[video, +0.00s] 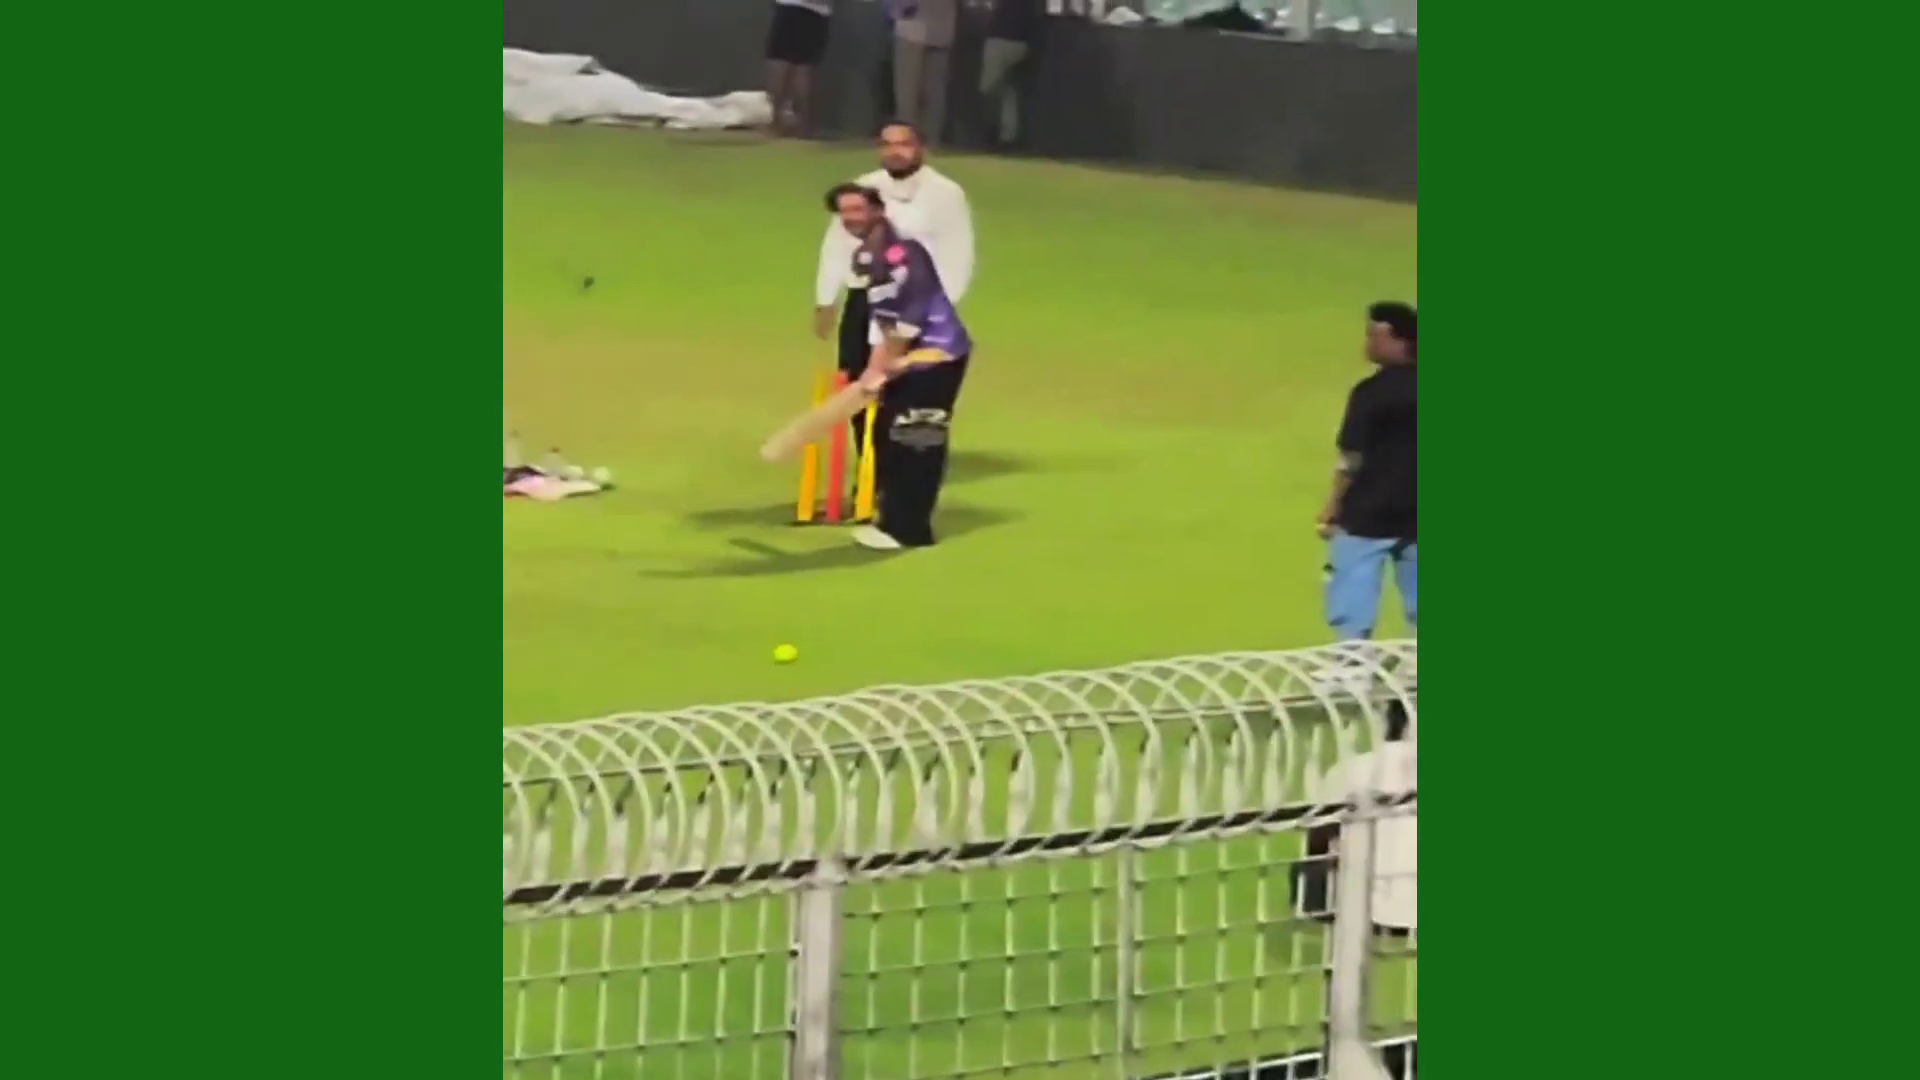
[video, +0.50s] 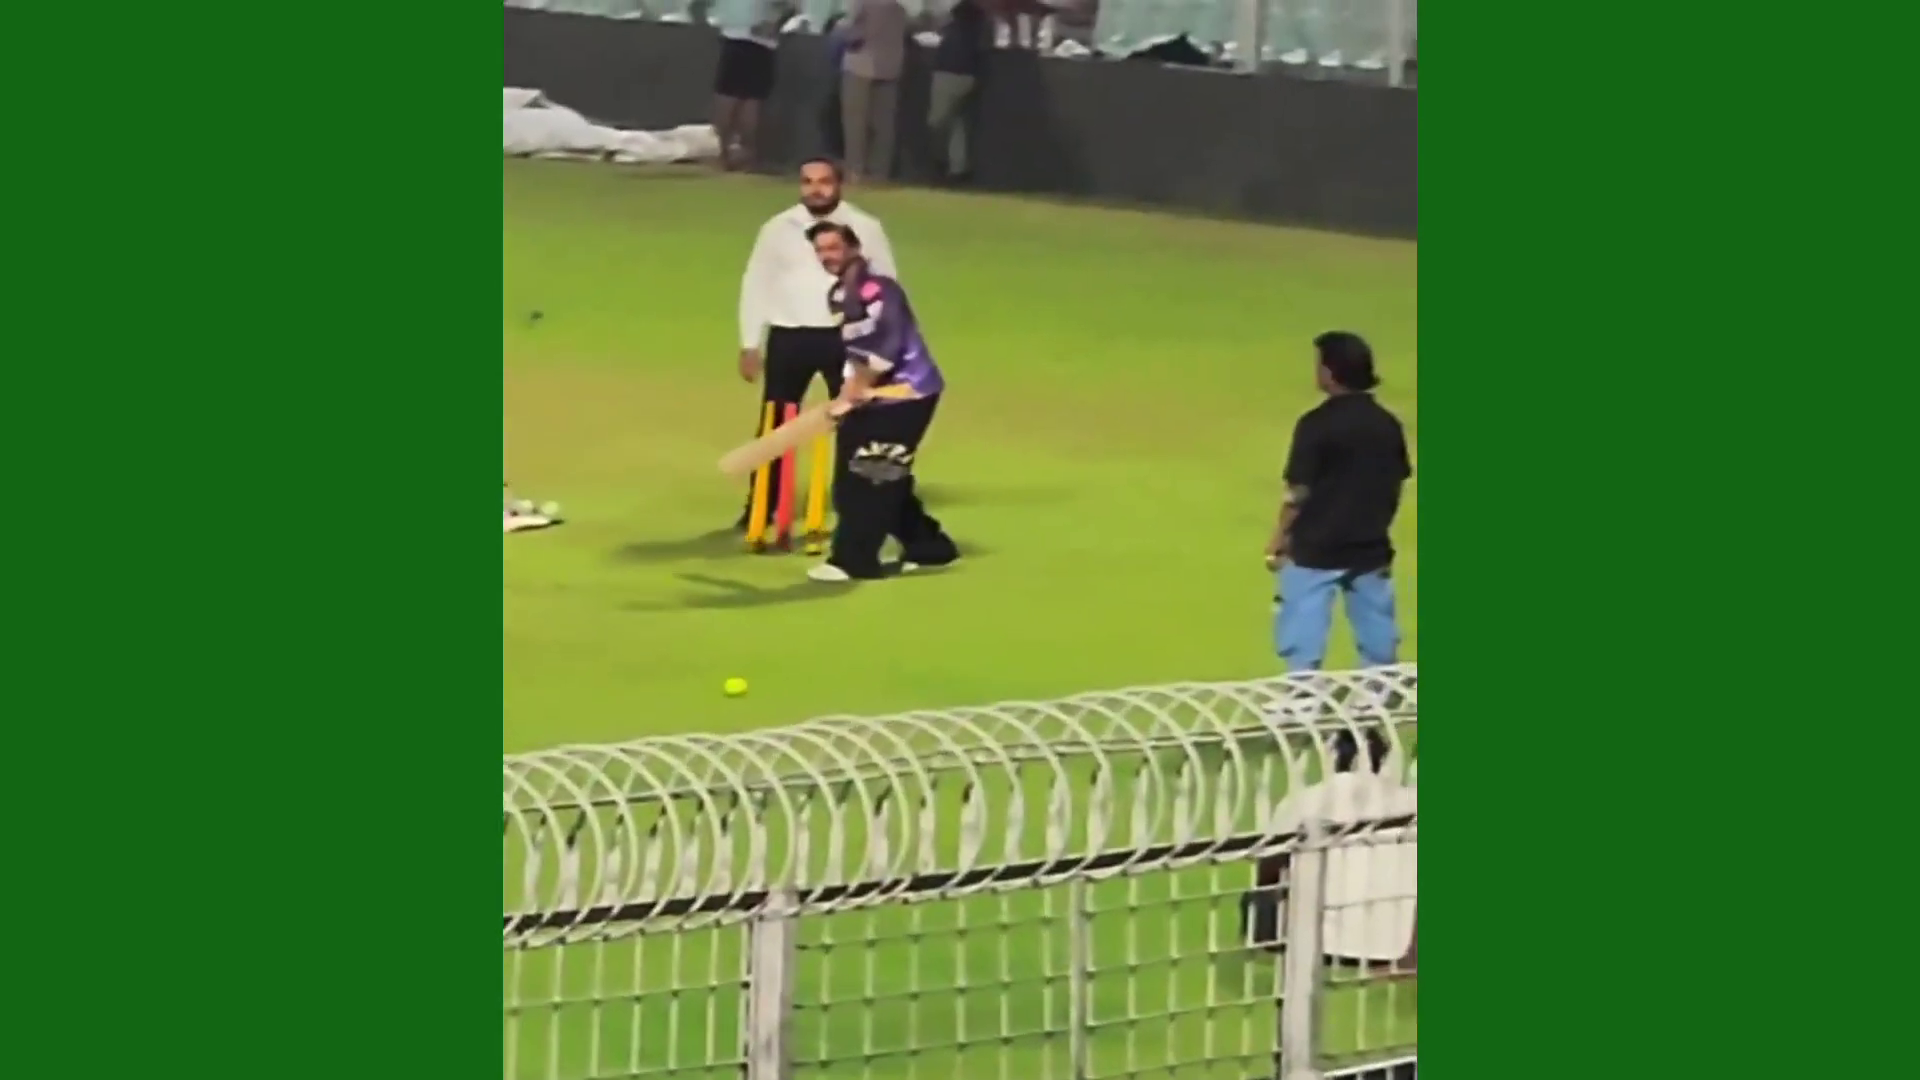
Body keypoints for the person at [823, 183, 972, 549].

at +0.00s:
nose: (849, 219)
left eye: (857, 210)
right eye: (844, 212)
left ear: (877, 212)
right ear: (839, 218)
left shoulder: (906, 255)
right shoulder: (865, 259)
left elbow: (910, 325)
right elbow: (883, 322)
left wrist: (881, 367)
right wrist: (875, 369)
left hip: (938, 353)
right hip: (908, 354)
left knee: (919, 437)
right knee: (896, 435)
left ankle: (910, 526)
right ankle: (896, 521)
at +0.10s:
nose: (843, 223)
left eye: (851, 215)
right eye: (837, 216)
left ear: (870, 217)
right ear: (832, 223)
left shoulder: (898, 260)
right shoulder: (858, 265)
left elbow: (902, 332)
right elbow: (873, 327)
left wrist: (873, 370)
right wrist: (864, 374)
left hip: (930, 358)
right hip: (899, 360)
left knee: (910, 441)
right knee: (884, 439)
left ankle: (900, 530)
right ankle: (886, 525)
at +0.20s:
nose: (838, 232)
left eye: (846, 223)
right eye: (832, 225)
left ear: (865, 224)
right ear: (827, 231)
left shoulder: (894, 267)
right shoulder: (853, 274)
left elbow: (899, 335)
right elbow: (866, 335)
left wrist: (868, 373)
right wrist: (856, 381)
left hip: (925, 366)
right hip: (894, 368)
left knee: (902, 449)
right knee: (874, 445)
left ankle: (890, 538)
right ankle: (878, 532)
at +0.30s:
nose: (831, 239)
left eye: (838, 230)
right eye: (825, 233)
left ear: (858, 230)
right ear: (821, 238)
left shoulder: (886, 274)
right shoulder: (847, 281)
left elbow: (893, 338)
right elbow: (858, 338)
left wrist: (863, 375)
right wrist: (850, 380)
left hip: (917, 372)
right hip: (890, 373)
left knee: (887, 455)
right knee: (868, 452)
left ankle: (878, 544)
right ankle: (892, 535)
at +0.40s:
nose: (828, 245)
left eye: (834, 236)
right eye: (822, 238)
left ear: (853, 237)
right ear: (817, 242)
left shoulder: (880, 279)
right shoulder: (842, 286)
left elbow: (890, 339)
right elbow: (853, 340)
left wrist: (860, 377)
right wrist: (851, 377)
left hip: (910, 379)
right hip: (882, 380)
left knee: (873, 465)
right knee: (873, 463)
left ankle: (862, 548)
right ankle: (910, 535)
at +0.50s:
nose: (827, 257)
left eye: (833, 249)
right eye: (821, 251)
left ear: (854, 248)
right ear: (817, 256)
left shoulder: (881, 291)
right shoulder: (841, 296)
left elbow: (886, 349)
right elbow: (855, 352)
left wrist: (856, 389)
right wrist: (845, 395)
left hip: (908, 390)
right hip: (876, 391)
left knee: (869, 473)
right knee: (876, 474)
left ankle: (853, 559)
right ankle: (928, 546)